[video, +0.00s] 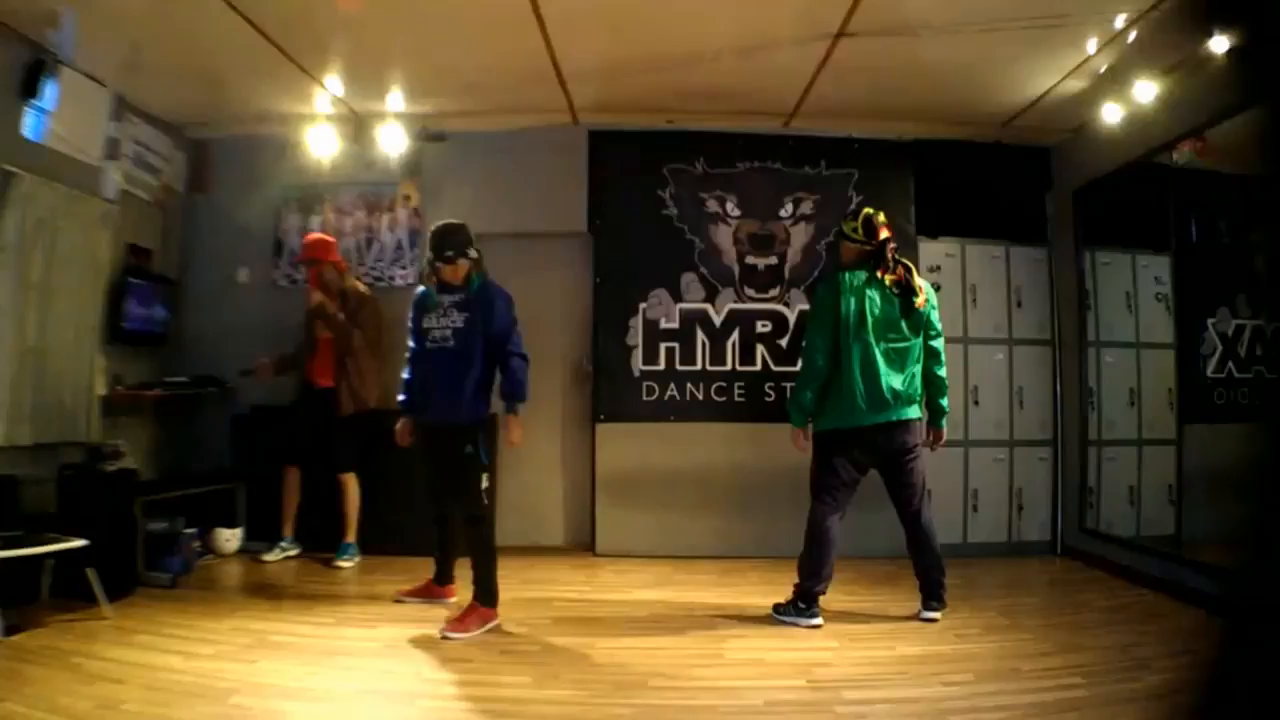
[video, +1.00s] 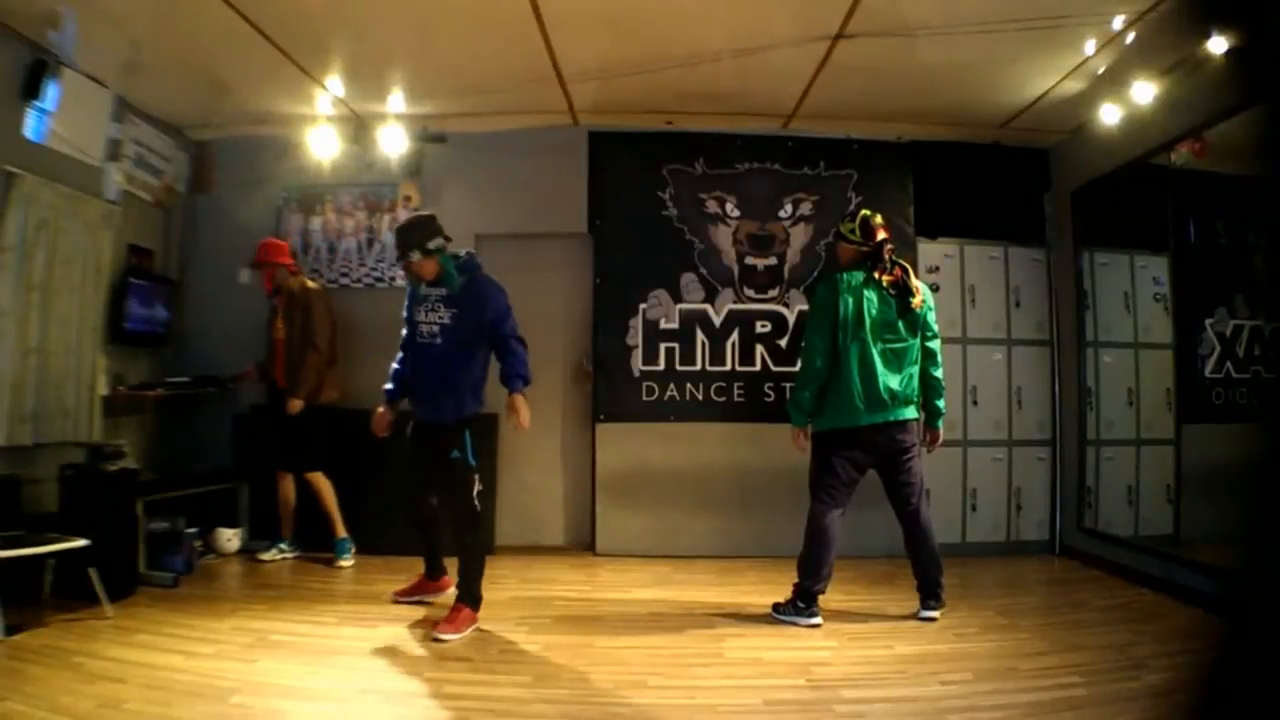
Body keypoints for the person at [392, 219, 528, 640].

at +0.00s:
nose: (449, 270)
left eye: (456, 262)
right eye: (442, 263)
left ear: (471, 259)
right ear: (432, 262)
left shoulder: (491, 298)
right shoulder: (425, 298)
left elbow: (513, 352)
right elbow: (415, 356)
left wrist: (513, 409)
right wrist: (406, 410)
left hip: (472, 417)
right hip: (433, 417)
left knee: (475, 509)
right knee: (441, 501)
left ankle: (485, 604)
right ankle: (442, 580)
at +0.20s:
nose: (457, 270)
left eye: (463, 262)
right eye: (450, 262)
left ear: (475, 260)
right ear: (437, 260)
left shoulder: (490, 298)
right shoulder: (416, 296)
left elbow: (513, 350)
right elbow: (403, 352)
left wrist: (524, 405)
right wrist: (399, 408)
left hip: (472, 415)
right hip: (430, 415)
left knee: (474, 506)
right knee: (438, 500)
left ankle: (479, 596)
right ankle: (442, 579)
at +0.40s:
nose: (476, 275)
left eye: (480, 268)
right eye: (471, 267)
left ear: (480, 266)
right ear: (451, 260)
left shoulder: (483, 300)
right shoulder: (409, 293)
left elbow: (497, 352)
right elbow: (389, 350)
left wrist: (508, 399)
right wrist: (381, 407)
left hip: (468, 412)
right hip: (426, 413)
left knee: (467, 500)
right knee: (434, 495)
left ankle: (469, 593)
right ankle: (442, 578)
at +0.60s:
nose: (471, 276)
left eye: (476, 269)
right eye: (465, 268)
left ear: (481, 267)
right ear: (446, 261)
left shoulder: (482, 302)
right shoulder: (408, 292)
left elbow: (494, 358)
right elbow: (384, 339)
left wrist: (498, 412)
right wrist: (378, 383)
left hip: (467, 414)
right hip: (423, 413)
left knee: (467, 505)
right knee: (432, 499)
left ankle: (471, 599)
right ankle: (442, 577)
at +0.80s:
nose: (441, 270)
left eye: (449, 262)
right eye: (435, 261)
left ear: (466, 259)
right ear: (427, 258)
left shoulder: (486, 299)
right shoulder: (413, 290)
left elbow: (508, 352)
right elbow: (392, 338)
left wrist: (517, 405)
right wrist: (375, 379)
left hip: (463, 416)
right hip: (423, 415)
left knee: (466, 506)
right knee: (430, 497)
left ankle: (468, 604)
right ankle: (440, 578)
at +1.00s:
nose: (409, 270)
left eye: (413, 261)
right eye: (406, 262)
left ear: (434, 253)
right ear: (415, 258)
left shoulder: (479, 289)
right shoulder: (419, 289)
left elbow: (508, 339)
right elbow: (409, 348)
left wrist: (516, 389)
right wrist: (390, 398)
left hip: (466, 414)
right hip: (425, 414)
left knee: (467, 508)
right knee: (421, 496)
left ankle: (468, 604)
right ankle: (435, 574)